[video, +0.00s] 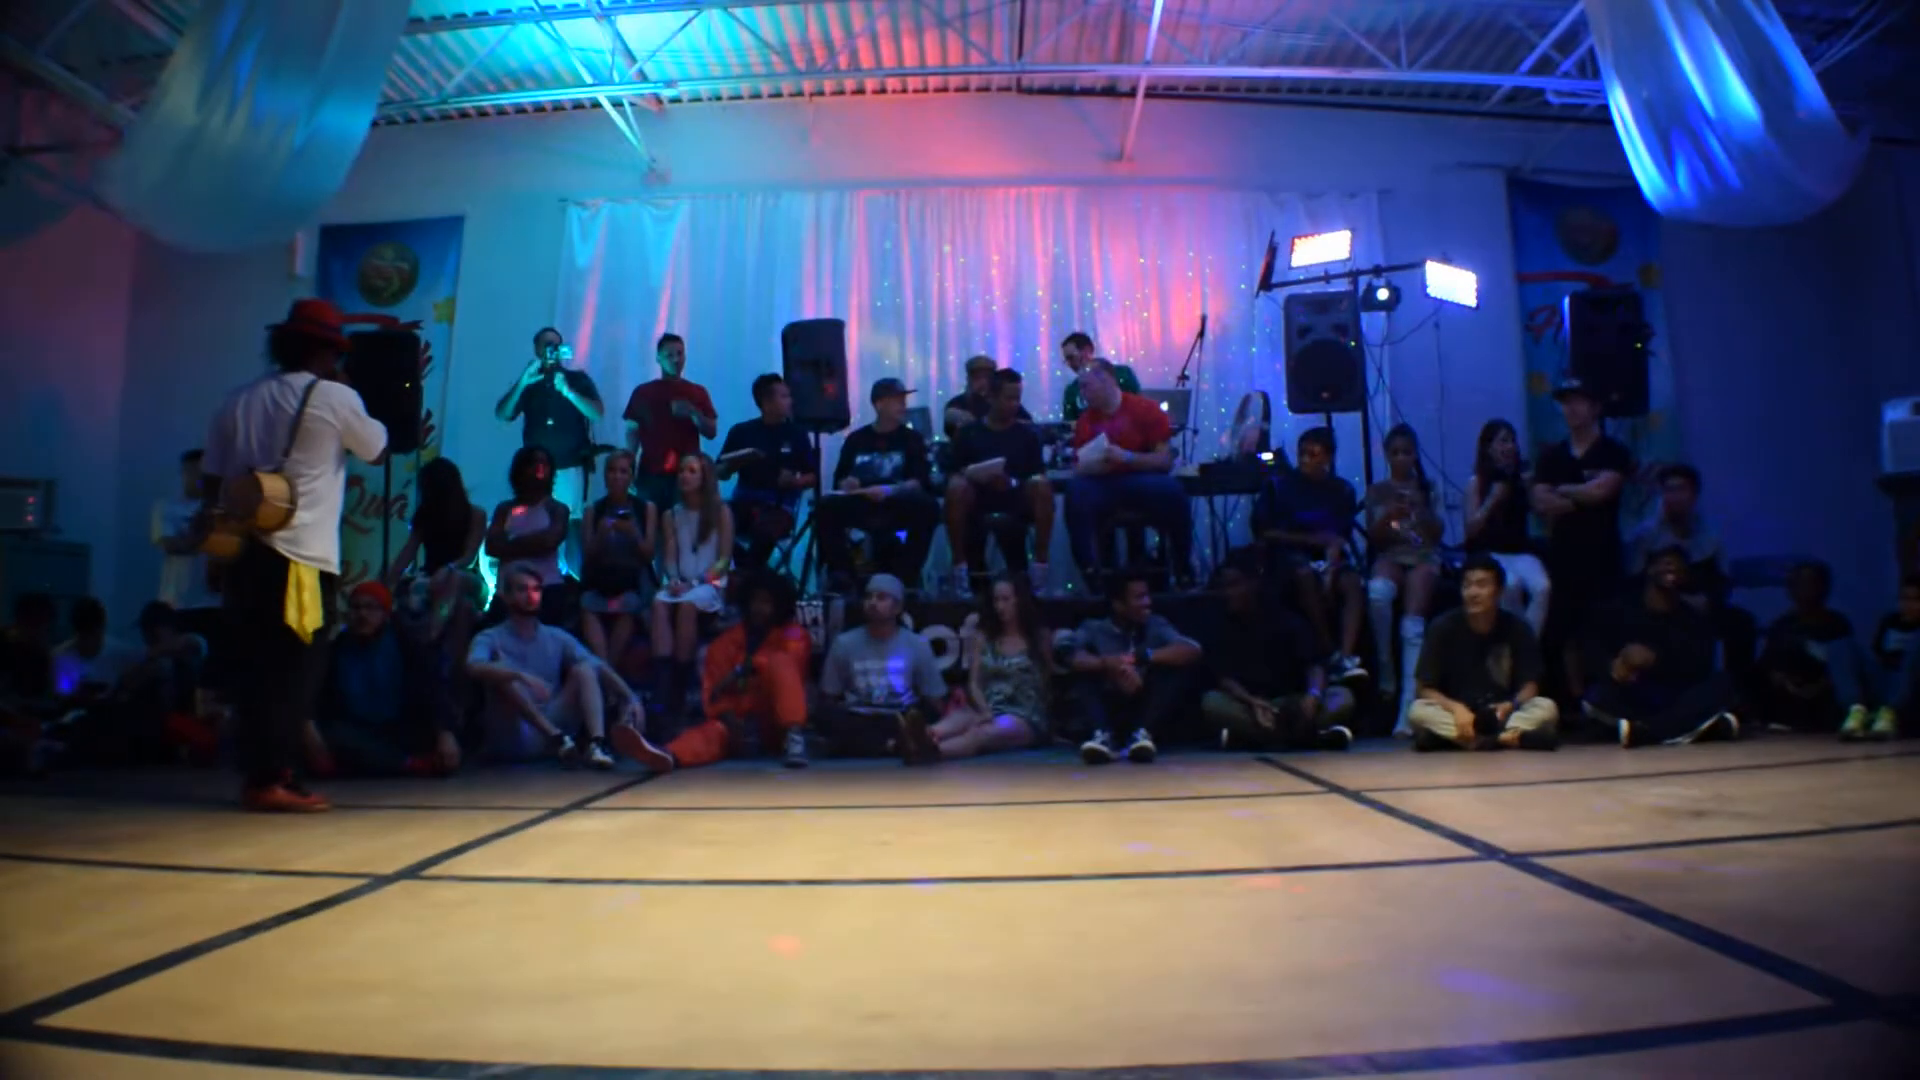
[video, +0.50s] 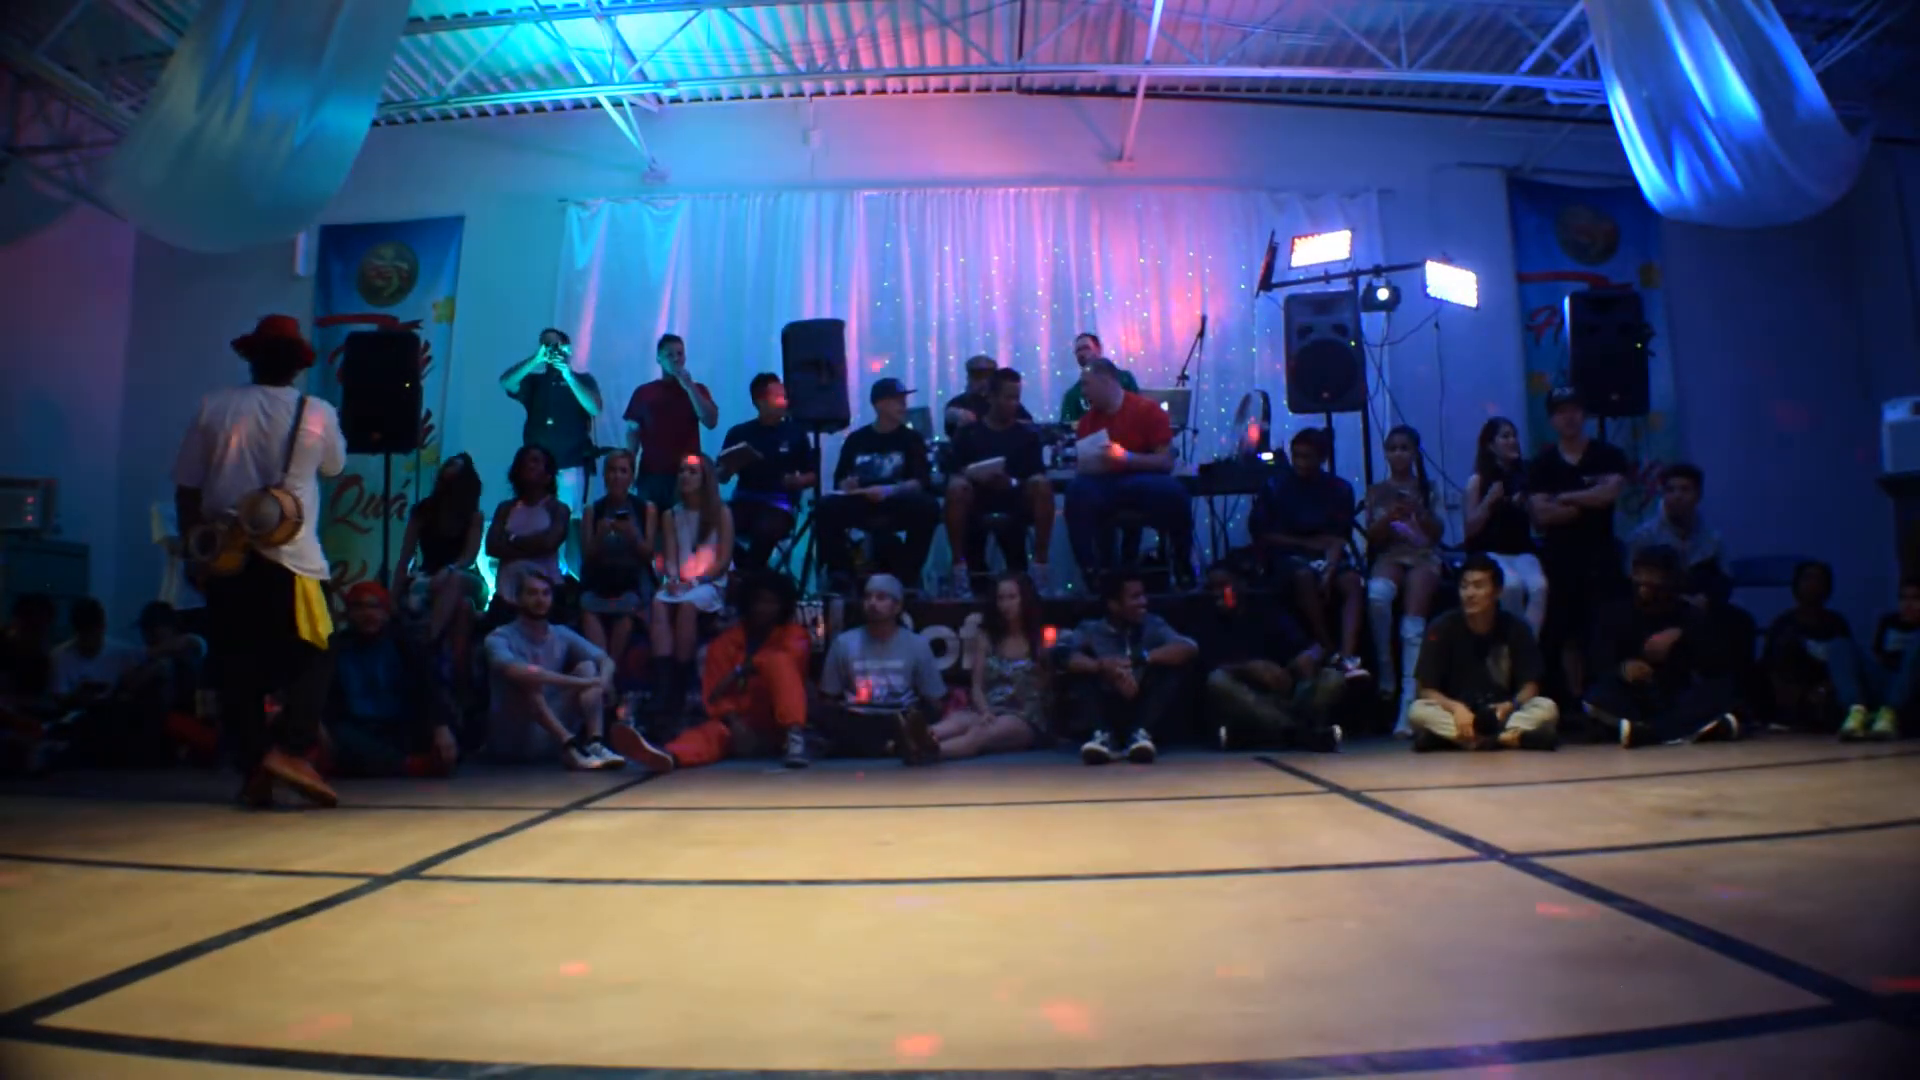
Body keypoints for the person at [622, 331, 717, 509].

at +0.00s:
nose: (675, 360)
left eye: (679, 354)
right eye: (669, 355)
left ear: (684, 357)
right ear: (659, 359)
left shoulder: (697, 392)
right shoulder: (643, 392)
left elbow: (711, 431)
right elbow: (632, 433)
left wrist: (692, 413)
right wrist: (628, 471)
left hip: (686, 476)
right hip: (651, 474)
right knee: (648, 533)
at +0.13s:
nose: (676, 360)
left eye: (680, 354)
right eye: (669, 355)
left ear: (685, 357)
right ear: (659, 359)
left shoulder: (697, 391)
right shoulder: (643, 392)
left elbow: (711, 426)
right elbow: (632, 433)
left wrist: (690, 396)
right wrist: (630, 472)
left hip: (686, 476)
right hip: (652, 474)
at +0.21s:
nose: (676, 360)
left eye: (680, 354)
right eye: (669, 356)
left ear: (685, 356)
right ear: (659, 360)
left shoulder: (697, 390)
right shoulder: (643, 392)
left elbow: (711, 423)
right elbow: (632, 434)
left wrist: (689, 388)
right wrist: (629, 471)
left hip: (686, 474)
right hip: (652, 473)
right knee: (649, 533)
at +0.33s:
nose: (676, 360)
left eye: (679, 354)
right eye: (669, 356)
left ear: (685, 356)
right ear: (659, 360)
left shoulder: (697, 390)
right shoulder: (643, 393)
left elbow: (711, 421)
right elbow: (632, 434)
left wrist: (689, 386)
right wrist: (629, 472)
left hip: (686, 475)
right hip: (652, 473)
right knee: (649, 532)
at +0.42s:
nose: (676, 359)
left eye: (679, 354)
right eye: (669, 355)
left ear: (684, 356)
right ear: (659, 359)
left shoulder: (696, 390)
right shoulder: (644, 392)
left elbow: (711, 421)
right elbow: (632, 433)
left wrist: (689, 387)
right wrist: (629, 471)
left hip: (687, 475)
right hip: (652, 473)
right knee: (649, 533)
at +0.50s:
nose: (676, 359)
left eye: (679, 354)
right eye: (669, 355)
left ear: (684, 356)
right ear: (659, 359)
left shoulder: (697, 390)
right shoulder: (644, 393)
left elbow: (710, 421)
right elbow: (632, 434)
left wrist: (689, 387)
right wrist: (628, 473)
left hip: (687, 476)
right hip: (652, 474)